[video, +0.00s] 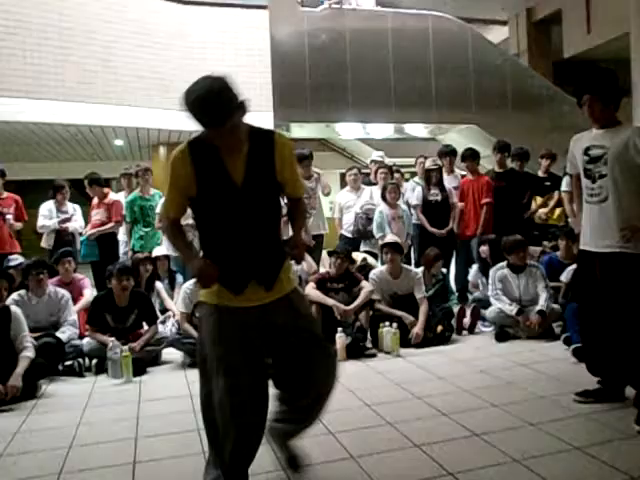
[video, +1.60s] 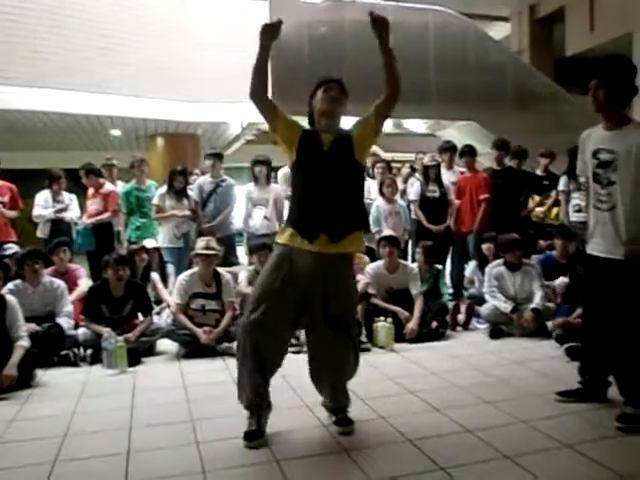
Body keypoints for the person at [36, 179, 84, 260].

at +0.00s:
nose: (65, 196)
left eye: (66, 193)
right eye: (61, 193)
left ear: (69, 194)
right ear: (55, 194)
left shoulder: (75, 208)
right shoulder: (46, 207)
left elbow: (81, 225)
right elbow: (40, 226)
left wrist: (69, 227)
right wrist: (57, 223)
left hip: (71, 240)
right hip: (54, 240)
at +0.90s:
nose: (67, 197)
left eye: (69, 194)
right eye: (64, 194)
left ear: (71, 194)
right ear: (58, 195)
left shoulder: (79, 208)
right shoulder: (48, 207)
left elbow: (83, 226)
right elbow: (42, 227)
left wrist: (69, 228)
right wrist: (60, 224)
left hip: (72, 241)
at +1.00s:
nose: (73, 196)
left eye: (75, 193)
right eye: (70, 194)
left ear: (78, 194)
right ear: (64, 195)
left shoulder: (84, 208)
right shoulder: (55, 207)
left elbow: (89, 226)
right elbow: (49, 226)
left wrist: (76, 227)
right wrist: (66, 223)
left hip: (79, 239)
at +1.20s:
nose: (77, 190)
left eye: (78, 187)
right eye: (74, 187)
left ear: (81, 188)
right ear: (68, 188)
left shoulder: (88, 201)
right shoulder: (59, 199)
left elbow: (93, 219)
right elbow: (53, 219)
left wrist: (79, 220)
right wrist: (70, 216)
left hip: (82, 231)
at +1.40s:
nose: (72, 187)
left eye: (73, 184)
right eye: (69, 185)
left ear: (76, 185)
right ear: (62, 185)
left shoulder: (82, 198)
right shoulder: (53, 196)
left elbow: (88, 216)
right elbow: (47, 216)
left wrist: (74, 217)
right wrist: (65, 214)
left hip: (77, 231)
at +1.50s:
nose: (66, 186)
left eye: (68, 183)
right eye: (63, 183)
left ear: (70, 183)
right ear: (56, 184)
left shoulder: (76, 197)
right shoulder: (47, 195)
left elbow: (81, 215)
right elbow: (41, 215)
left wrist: (68, 216)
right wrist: (59, 212)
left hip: (71, 228)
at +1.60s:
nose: (61, 186)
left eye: (62, 183)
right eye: (57, 183)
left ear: (65, 183)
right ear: (51, 184)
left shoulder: (71, 197)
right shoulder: (42, 196)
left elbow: (76, 215)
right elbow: (36, 215)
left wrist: (62, 216)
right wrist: (54, 213)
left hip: (66, 229)